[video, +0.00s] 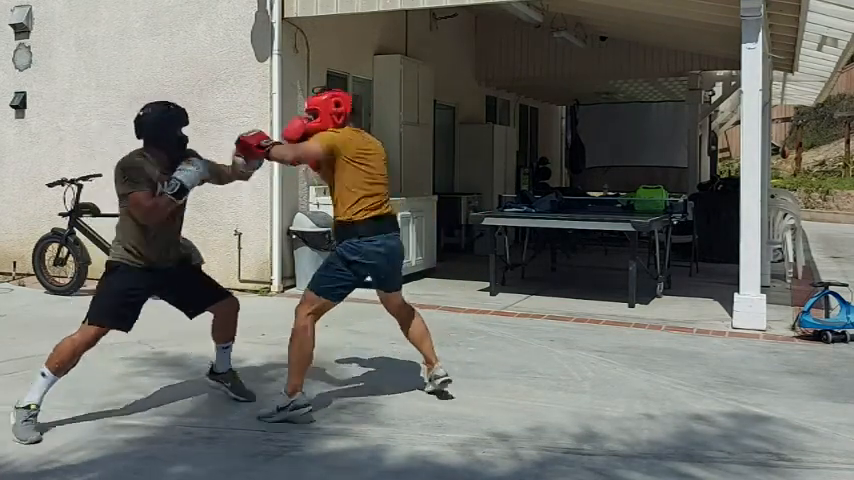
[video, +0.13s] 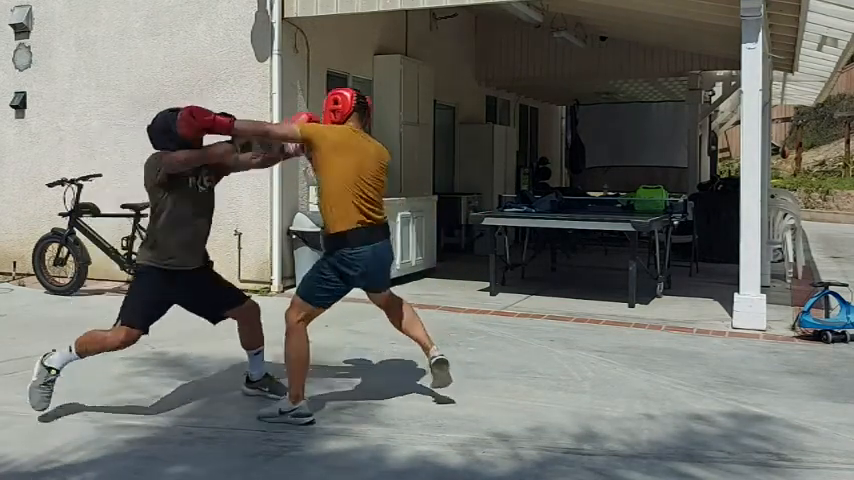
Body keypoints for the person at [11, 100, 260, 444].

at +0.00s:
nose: (184, 136)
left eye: (183, 130)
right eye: (178, 131)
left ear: (162, 137)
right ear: (160, 137)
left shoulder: (186, 160)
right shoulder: (130, 167)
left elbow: (224, 174)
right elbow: (150, 214)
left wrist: (245, 164)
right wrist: (181, 185)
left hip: (174, 265)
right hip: (130, 266)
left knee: (227, 305)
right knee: (90, 334)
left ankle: (222, 370)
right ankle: (29, 404)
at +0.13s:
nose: (196, 139)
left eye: (195, 135)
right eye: (190, 137)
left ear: (194, 140)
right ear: (172, 140)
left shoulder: (209, 165)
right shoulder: (157, 163)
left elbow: (257, 160)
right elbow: (216, 155)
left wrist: (293, 150)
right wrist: (240, 136)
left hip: (196, 271)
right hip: (156, 271)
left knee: (248, 312)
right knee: (124, 336)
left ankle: (258, 376)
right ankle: (53, 363)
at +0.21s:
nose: (208, 140)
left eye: (207, 135)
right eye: (202, 136)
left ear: (197, 141)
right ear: (184, 141)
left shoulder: (209, 168)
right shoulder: (165, 166)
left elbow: (246, 185)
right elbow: (208, 161)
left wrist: (285, 180)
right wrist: (245, 144)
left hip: (203, 274)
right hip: (164, 274)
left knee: (256, 315)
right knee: (131, 347)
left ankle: (271, 374)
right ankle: (74, 352)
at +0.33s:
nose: (206, 145)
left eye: (203, 139)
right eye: (199, 140)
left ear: (178, 146)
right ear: (182, 146)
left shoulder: (199, 179)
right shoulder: (164, 176)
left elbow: (199, 231)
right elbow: (184, 204)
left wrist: (219, 247)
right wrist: (214, 191)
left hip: (210, 278)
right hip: (173, 281)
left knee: (267, 315)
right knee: (139, 357)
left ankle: (273, 376)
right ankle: (86, 367)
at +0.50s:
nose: (186, 149)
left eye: (184, 143)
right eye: (179, 144)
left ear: (174, 148)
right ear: (160, 148)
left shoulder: (188, 178)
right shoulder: (136, 183)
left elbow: (195, 223)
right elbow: (142, 227)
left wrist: (211, 242)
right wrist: (169, 199)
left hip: (194, 276)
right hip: (153, 279)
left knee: (248, 316)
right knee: (122, 350)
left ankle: (274, 375)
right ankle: (84, 376)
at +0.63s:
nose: (164, 134)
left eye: (163, 127)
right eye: (157, 129)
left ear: (160, 129)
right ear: (137, 134)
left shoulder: (170, 156)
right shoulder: (110, 168)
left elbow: (187, 198)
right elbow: (115, 216)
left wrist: (199, 216)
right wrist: (138, 183)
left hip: (173, 257)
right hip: (130, 260)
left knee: (217, 311)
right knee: (107, 332)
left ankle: (244, 374)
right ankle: (81, 378)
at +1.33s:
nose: (177, 125)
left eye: (178, 120)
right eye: (173, 120)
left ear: (170, 123)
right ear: (153, 122)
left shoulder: (174, 150)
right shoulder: (117, 149)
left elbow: (187, 200)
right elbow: (140, 191)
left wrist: (196, 183)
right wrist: (155, 155)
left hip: (162, 247)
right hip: (119, 245)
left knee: (195, 306)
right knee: (96, 320)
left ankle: (203, 377)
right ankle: (80, 379)